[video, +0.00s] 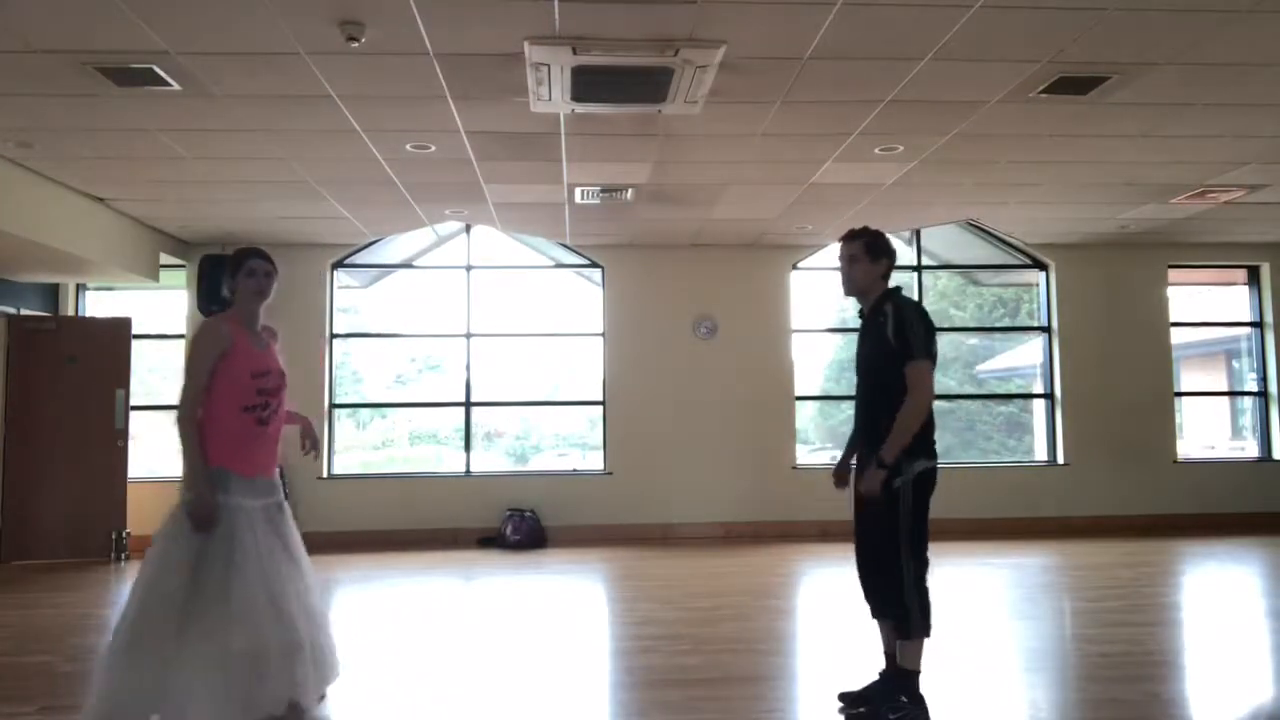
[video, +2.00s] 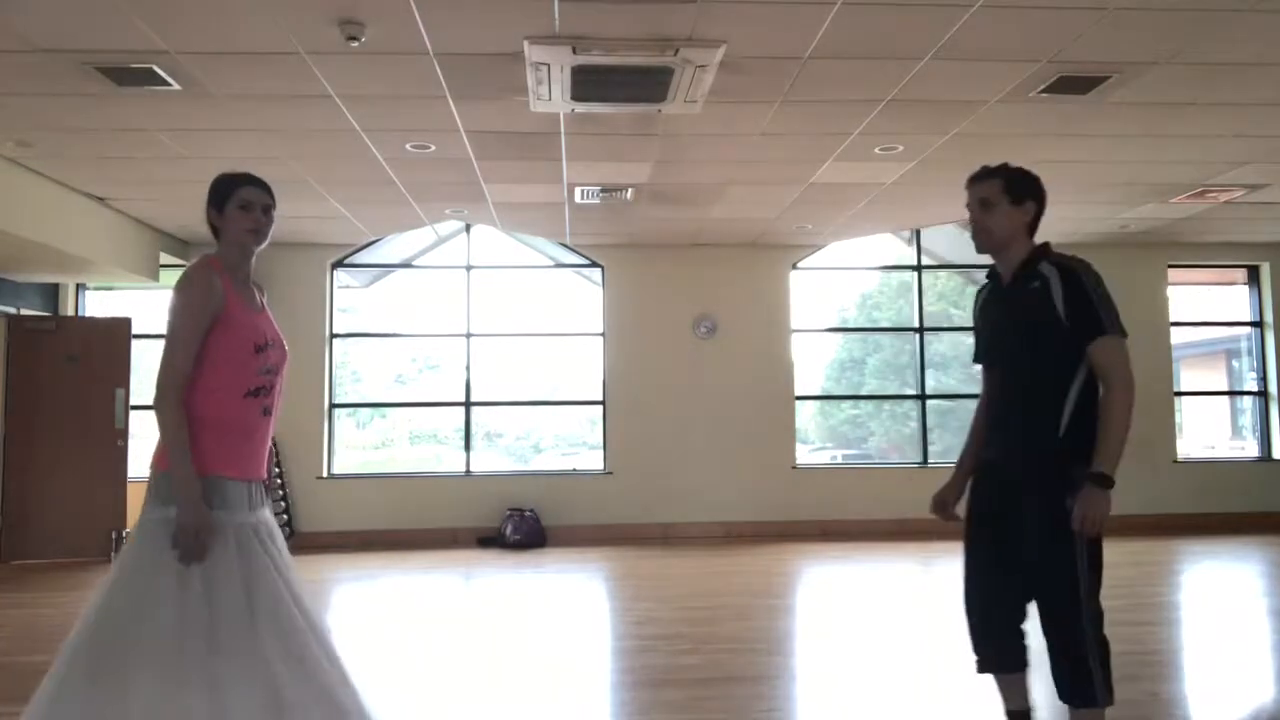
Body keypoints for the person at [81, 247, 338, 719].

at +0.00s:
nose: (261, 281)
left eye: (268, 275)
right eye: (252, 273)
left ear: (274, 286)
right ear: (232, 281)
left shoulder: (269, 335)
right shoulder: (215, 331)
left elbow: (258, 407)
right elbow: (187, 411)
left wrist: (301, 420)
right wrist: (197, 484)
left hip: (265, 485)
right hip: (225, 485)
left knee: (273, 597)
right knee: (225, 600)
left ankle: (276, 698)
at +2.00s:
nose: (257, 218)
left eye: (266, 212)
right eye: (245, 208)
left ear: (272, 226)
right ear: (216, 217)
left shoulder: (256, 294)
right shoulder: (203, 280)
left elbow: (245, 399)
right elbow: (167, 392)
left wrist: (261, 485)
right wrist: (189, 500)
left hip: (245, 497)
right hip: (203, 496)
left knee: (245, 653)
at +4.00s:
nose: (269, 227)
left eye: (268, 217)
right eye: (259, 216)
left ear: (227, 221)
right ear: (221, 218)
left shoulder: (236, 293)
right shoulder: (201, 286)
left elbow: (237, 399)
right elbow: (192, 402)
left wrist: (271, 489)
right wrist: (218, 503)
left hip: (257, 492)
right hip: (225, 493)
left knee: (262, 649)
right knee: (224, 651)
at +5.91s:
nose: (257, 236)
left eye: (258, 226)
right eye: (248, 224)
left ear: (220, 228)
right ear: (209, 224)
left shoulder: (230, 299)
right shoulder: (188, 293)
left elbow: (237, 405)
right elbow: (186, 408)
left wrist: (268, 495)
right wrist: (213, 507)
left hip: (254, 498)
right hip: (218, 499)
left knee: (258, 656)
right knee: (218, 659)